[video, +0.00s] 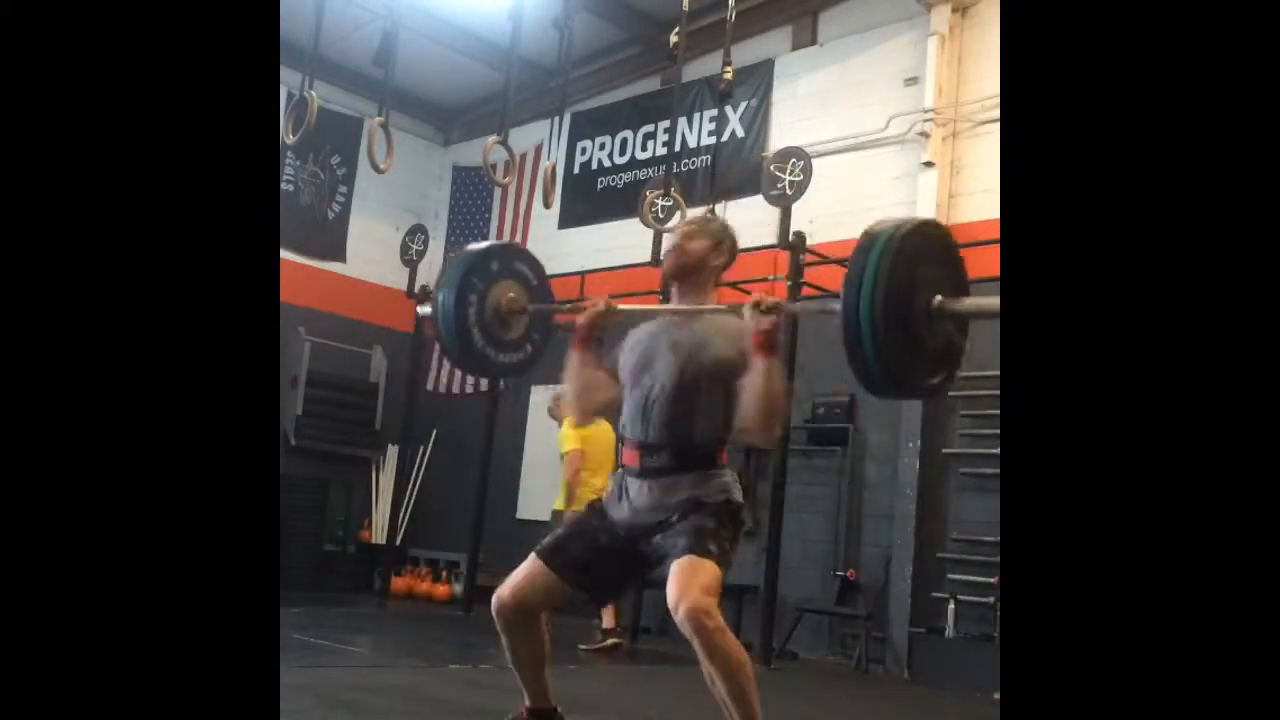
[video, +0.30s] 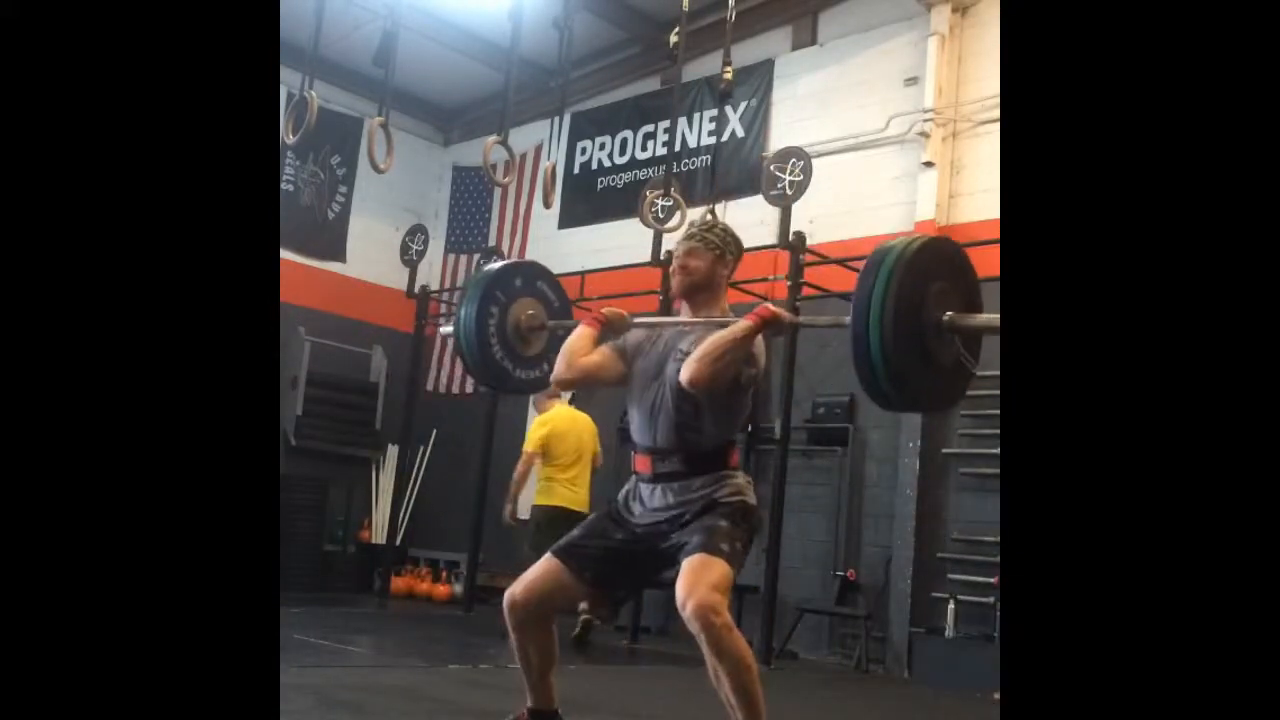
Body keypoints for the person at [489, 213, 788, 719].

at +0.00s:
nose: (672, 243)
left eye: (690, 234)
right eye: (673, 235)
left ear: (721, 255)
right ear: (666, 255)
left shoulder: (736, 329)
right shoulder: (641, 335)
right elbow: (581, 406)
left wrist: (765, 346)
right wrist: (583, 340)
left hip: (699, 499)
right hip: (625, 500)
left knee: (692, 609)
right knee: (511, 603)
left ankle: (749, 716)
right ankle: (539, 707)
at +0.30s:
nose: (677, 261)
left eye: (692, 251)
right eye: (675, 254)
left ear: (725, 263)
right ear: (672, 269)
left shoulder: (739, 337)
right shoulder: (647, 336)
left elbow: (695, 376)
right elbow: (566, 371)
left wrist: (750, 324)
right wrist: (594, 322)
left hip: (711, 496)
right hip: (639, 499)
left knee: (700, 605)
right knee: (522, 601)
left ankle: (752, 715)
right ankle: (541, 709)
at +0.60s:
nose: (709, 204)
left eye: (723, 195)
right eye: (709, 196)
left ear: (755, 208)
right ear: (705, 212)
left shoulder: (771, 268)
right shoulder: (676, 283)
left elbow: (729, 294)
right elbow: (587, 309)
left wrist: (779, 247)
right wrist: (622, 268)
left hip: (747, 439)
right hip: (678, 441)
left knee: (736, 585)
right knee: (597, 577)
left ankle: (762, 715)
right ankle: (566, 703)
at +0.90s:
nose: (723, 172)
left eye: (738, 164)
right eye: (721, 166)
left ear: (768, 183)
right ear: (717, 184)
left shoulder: (778, 241)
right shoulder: (693, 255)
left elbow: (748, 256)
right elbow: (606, 278)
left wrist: (798, 219)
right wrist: (641, 244)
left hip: (746, 415)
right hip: (685, 417)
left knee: (732, 573)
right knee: (676, 579)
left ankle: (768, 714)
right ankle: (701, 712)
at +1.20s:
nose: (728, 169)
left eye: (744, 161)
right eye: (726, 162)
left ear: (775, 180)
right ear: (721, 179)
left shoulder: (778, 239)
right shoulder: (696, 250)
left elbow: (749, 223)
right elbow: (603, 263)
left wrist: (808, 204)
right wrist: (649, 234)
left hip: (750, 420)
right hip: (686, 422)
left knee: (748, 579)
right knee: (681, 579)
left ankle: (768, 714)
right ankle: (702, 712)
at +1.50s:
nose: (711, 172)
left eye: (727, 164)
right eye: (711, 164)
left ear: (757, 180)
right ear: (707, 179)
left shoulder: (763, 246)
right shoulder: (679, 251)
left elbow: (729, 227)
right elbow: (584, 272)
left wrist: (792, 206)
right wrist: (633, 234)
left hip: (738, 422)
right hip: (673, 424)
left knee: (746, 585)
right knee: (634, 570)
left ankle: (768, 715)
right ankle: (604, 709)